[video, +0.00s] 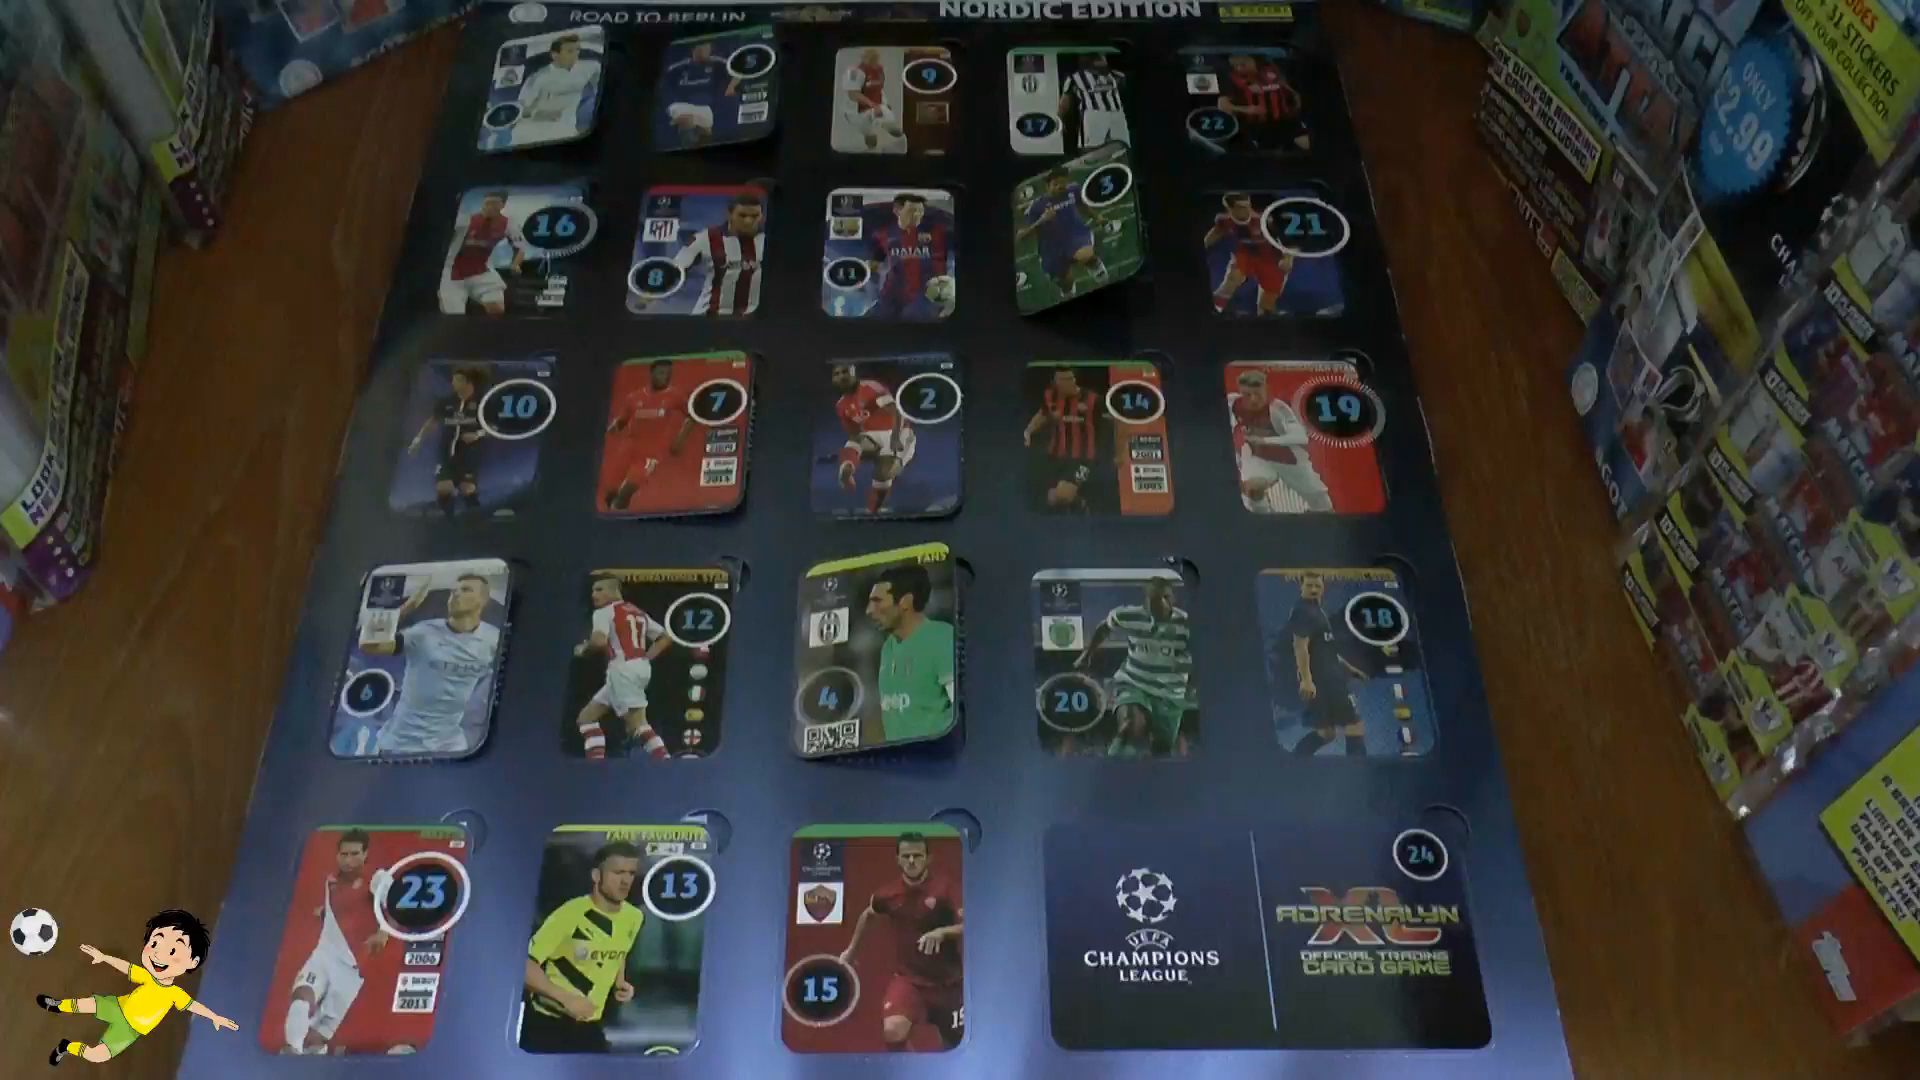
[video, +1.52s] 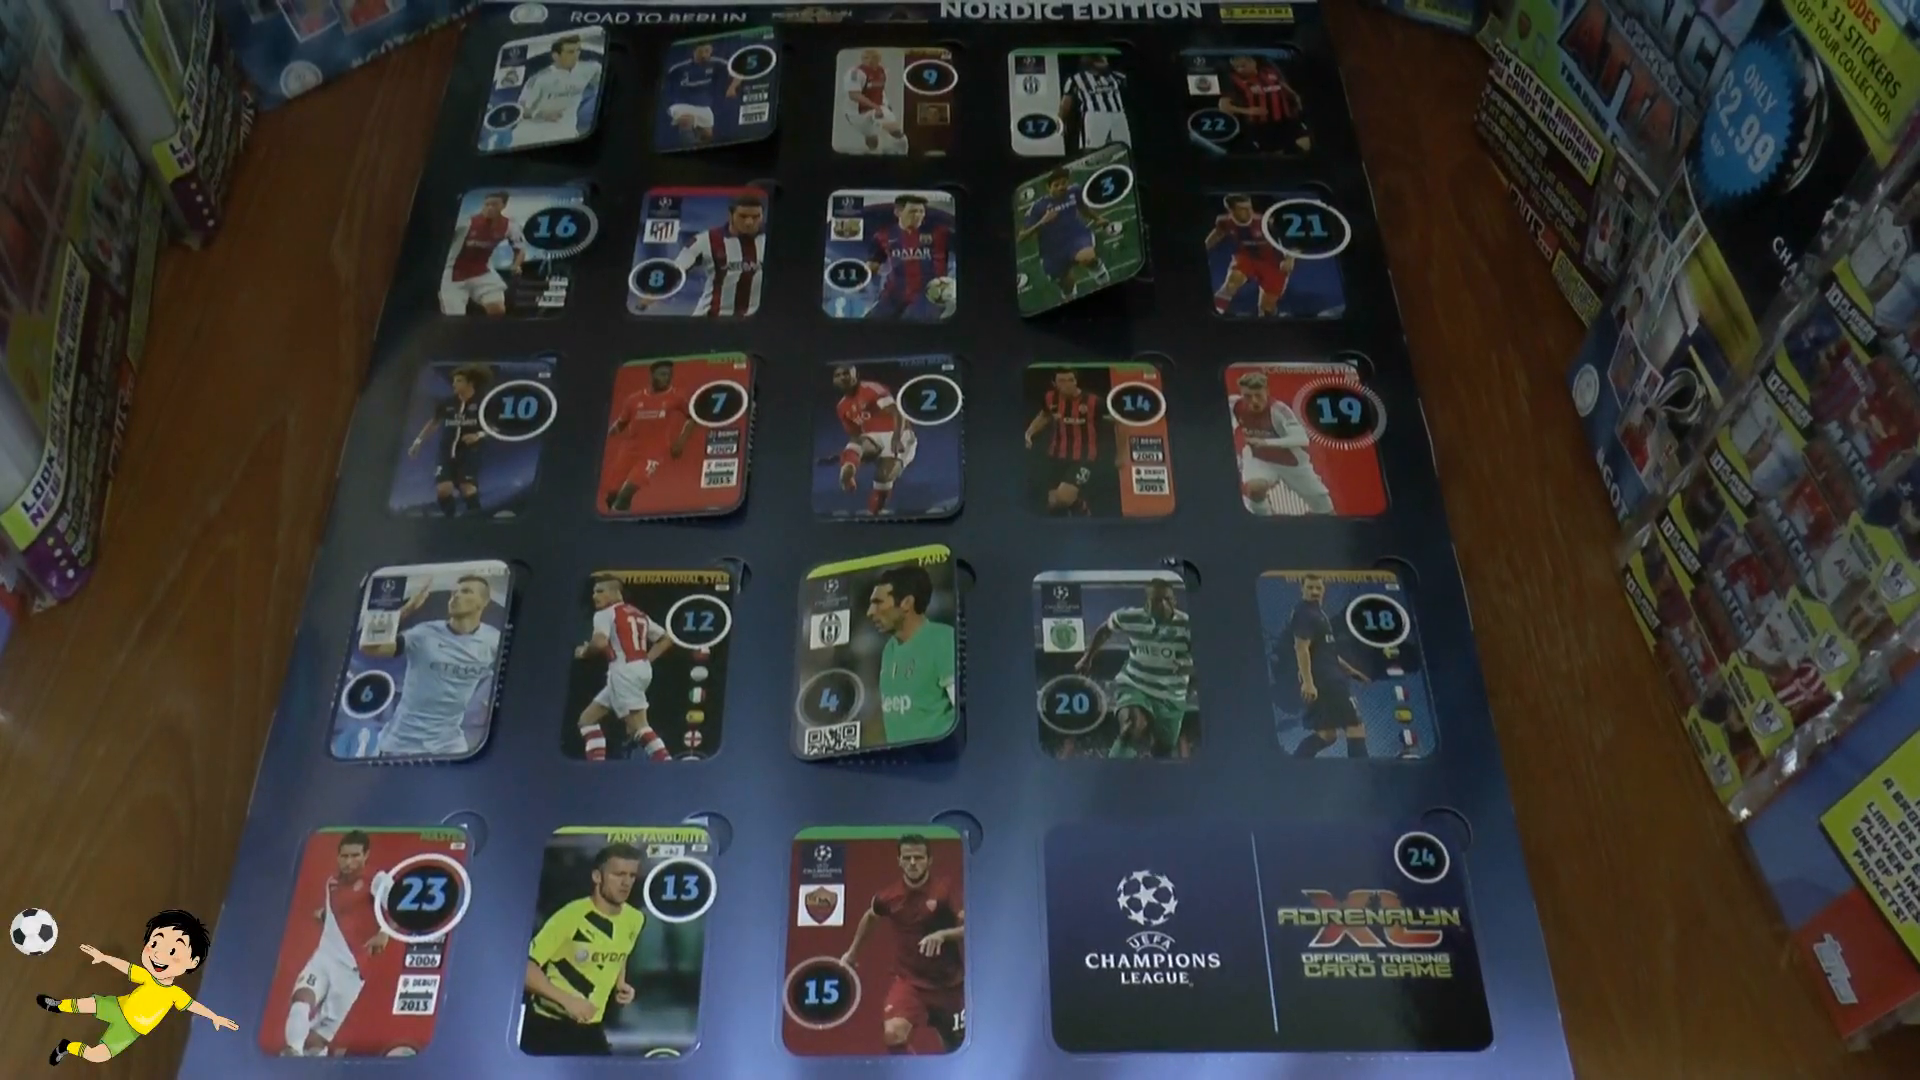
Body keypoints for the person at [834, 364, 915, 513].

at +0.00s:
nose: (841, 377)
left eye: (845, 372)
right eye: (837, 374)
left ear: (854, 374)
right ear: (833, 379)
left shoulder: (870, 387)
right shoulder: (842, 406)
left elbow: (896, 411)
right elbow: (854, 436)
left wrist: (895, 437)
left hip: (896, 433)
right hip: (871, 435)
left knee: (883, 472)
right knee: (852, 444)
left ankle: (872, 512)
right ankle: (847, 471)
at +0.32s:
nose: (841, 377)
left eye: (845, 372)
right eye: (837, 374)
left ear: (854, 374)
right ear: (833, 379)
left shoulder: (870, 387)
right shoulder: (842, 405)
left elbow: (896, 410)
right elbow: (854, 435)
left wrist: (896, 436)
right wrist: (847, 456)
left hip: (894, 433)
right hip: (871, 436)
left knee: (883, 473)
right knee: (853, 443)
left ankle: (872, 513)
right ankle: (847, 472)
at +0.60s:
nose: (842, 376)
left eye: (846, 372)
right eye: (837, 374)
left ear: (854, 373)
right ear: (834, 379)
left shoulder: (871, 387)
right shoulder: (842, 405)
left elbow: (896, 410)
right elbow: (855, 434)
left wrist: (896, 436)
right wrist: (848, 456)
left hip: (895, 433)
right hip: (871, 435)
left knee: (884, 473)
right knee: (854, 443)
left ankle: (872, 514)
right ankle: (848, 472)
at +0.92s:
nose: (842, 376)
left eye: (846, 372)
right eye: (837, 374)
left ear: (854, 374)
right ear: (834, 379)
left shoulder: (871, 387)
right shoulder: (842, 405)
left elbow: (896, 410)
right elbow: (854, 434)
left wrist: (896, 436)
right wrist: (844, 454)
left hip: (895, 432)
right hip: (872, 435)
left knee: (883, 472)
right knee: (854, 442)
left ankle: (872, 514)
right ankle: (847, 473)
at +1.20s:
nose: (842, 376)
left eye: (845, 372)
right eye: (837, 374)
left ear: (854, 374)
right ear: (833, 379)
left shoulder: (871, 387)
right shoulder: (841, 405)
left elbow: (895, 410)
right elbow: (854, 434)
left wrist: (895, 435)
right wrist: (844, 454)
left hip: (895, 432)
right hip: (871, 435)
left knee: (883, 473)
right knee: (854, 442)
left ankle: (871, 514)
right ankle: (847, 473)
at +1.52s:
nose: (842, 378)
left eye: (846, 374)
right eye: (838, 375)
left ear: (855, 375)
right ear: (834, 381)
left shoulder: (871, 389)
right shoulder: (842, 407)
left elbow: (896, 412)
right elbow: (855, 436)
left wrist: (897, 438)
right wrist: (848, 457)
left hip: (896, 434)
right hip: (872, 437)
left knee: (884, 475)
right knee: (854, 444)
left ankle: (872, 516)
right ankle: (848, 475)